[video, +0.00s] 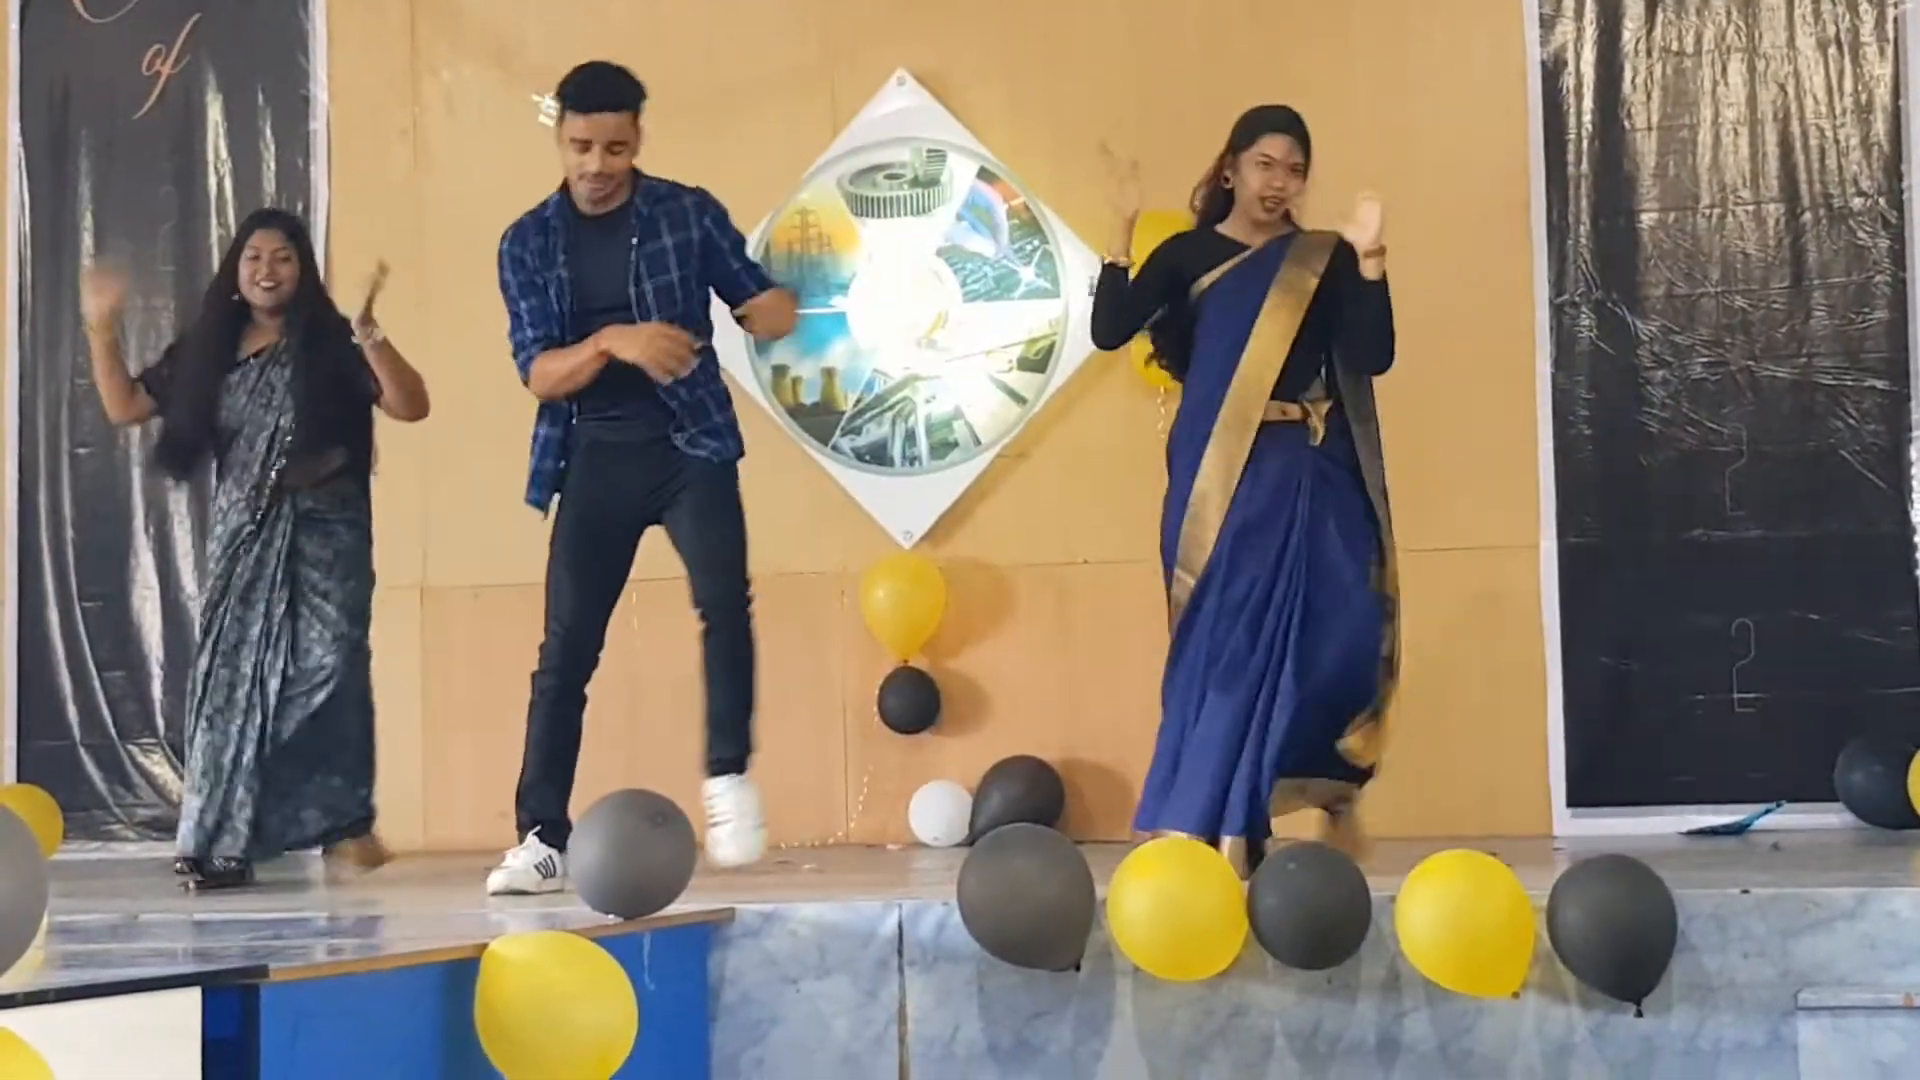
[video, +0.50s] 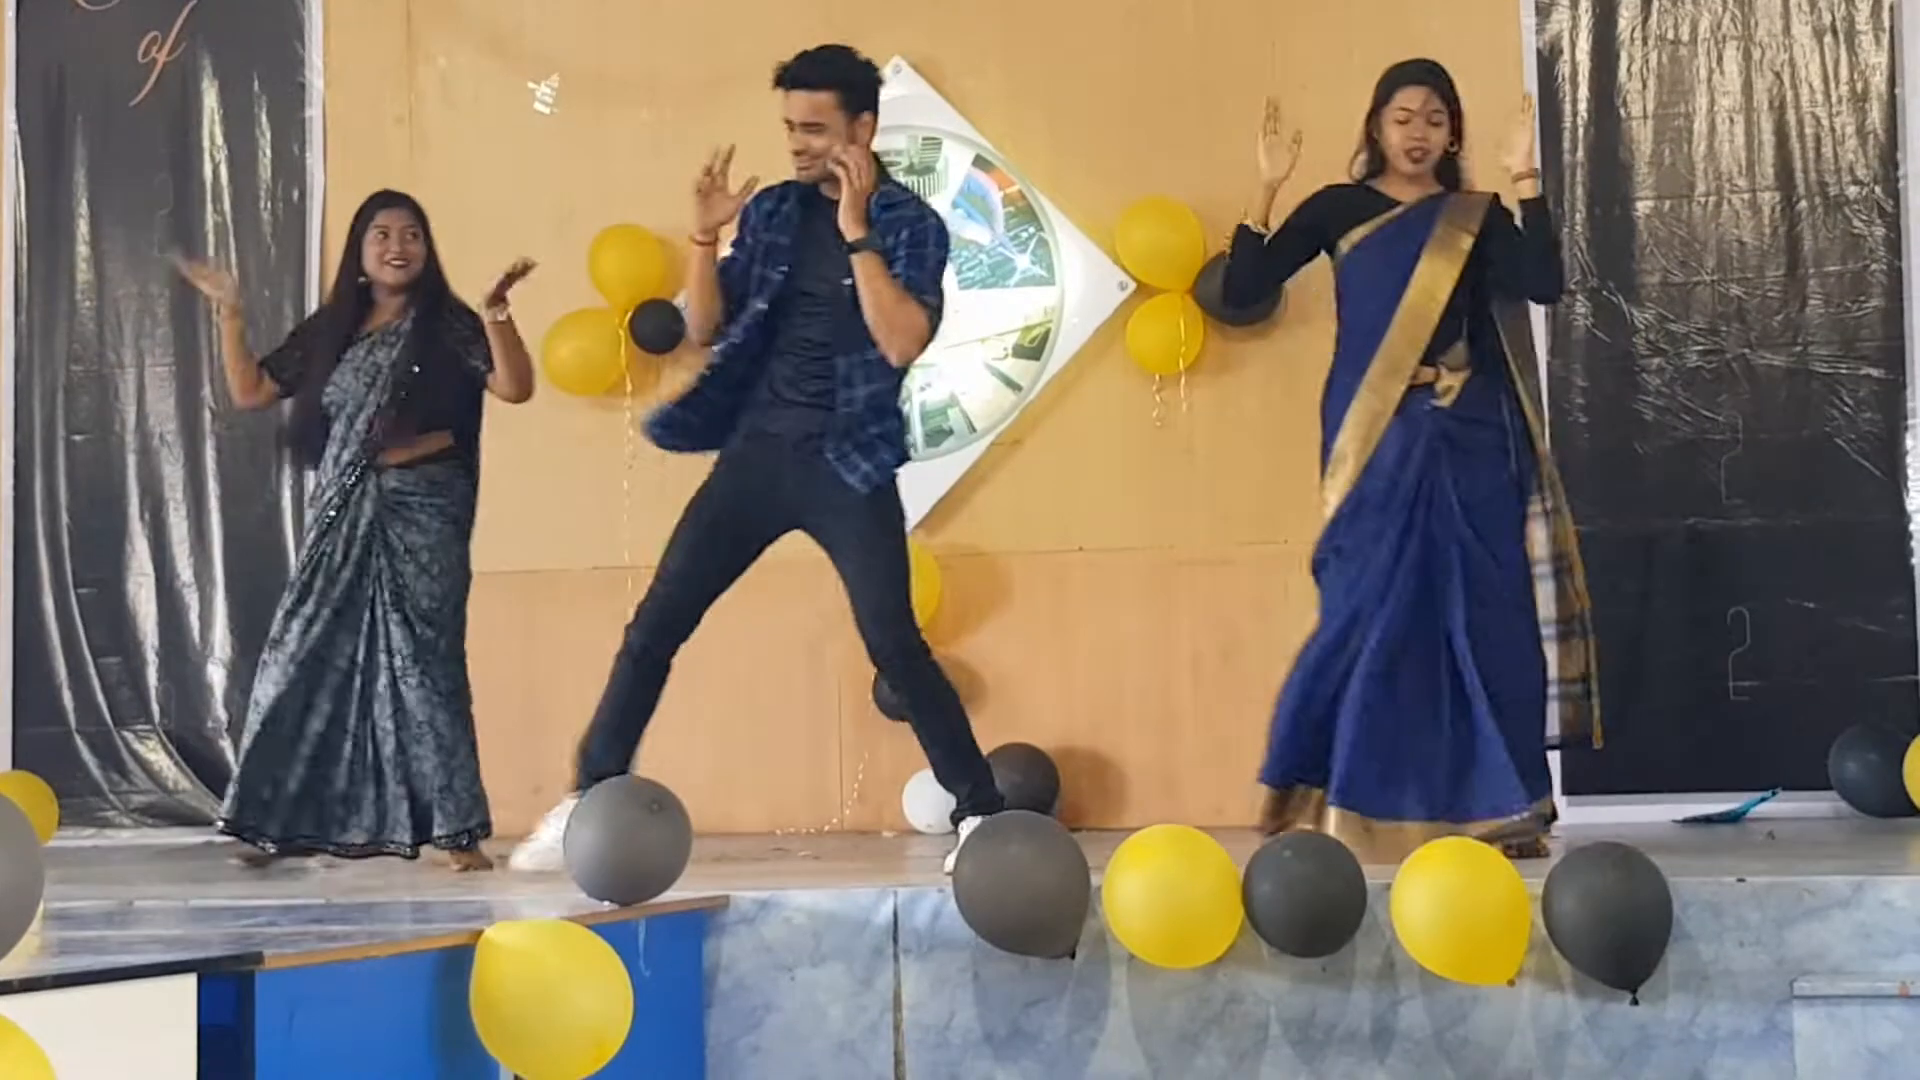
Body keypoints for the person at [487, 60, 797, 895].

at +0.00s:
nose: (596, 166)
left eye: (615, 149)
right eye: (580, 149)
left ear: (640, 139)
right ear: (558, 140)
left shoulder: (689, 213)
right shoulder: (530, 242)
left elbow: (766, 311)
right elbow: (543, 377)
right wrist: (612, 340)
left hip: (693, 450)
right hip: (595, 460)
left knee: (724, 603)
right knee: (566, 649)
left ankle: (728, 784)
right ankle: (542, 839)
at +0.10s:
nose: (615, 144)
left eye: (635, 131)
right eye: (607, 126)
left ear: (678, 131)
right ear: (597, 119)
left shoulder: (727, 221)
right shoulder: (561, 214)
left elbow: (789, 346)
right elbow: (528, 341)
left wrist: (746, 312)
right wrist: (567, 339)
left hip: (712, 452)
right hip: (611, 459)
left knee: (770, 594)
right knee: (578, 647)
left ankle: (826, 768)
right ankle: (543, 837)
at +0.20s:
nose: (661, 138)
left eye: (680, 126)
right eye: (656, 121)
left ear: (730, 129)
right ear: (650, 116)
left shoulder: (768, 230)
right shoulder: (619, 196)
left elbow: (804, 365)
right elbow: (562, 311)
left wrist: (758, 288)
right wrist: (565, 286)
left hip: (734, 459)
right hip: (634, 460)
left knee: (806, 607)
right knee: (595, 644)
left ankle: (922, 779)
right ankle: (542, 834)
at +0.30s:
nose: (712, 146)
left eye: (731, 134)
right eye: (708, 130)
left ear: (784, 139)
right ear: (704, 127)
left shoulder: (820, 239)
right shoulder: (684, 209)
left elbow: (825, 370)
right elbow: (618, 328)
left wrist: (786, 255)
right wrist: (608, 249)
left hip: (768, 480)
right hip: (672, 477)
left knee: (839, 644)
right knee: (610, 652)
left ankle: (970, 797)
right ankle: (542, 833)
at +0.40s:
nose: (763, 153)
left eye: (780, 140)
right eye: (758, 136)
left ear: (831, 144)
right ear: (753, 133)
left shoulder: (872, 243)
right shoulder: (739, 222)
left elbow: (864, 364)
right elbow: (663, 338)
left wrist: (829, 244)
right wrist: (672, 242)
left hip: (816, 486)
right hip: (719, 477)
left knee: (873, 655)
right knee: (639, 645)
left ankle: (979, 810)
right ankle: (547, 821)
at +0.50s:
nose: (797, 144)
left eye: (815, 129)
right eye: (790, 127)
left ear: (865, 127)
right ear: (785, 126)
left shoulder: (908, 224)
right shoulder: (770, 210)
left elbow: (904, 343)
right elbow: (706, 330)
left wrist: (857, 235)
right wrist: (706, 241)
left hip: (848, 468)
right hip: (752, 460)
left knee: (893, 646)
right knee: (654, 626)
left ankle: (983, 814)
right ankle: (588, 806)